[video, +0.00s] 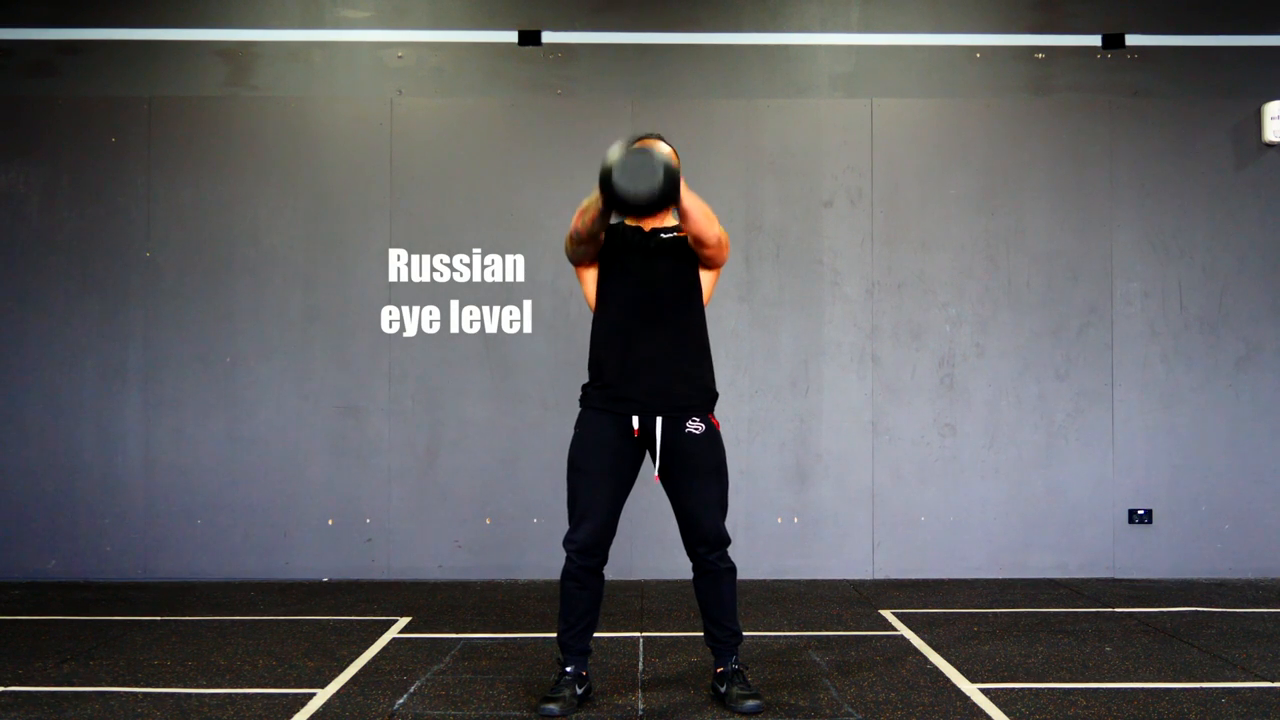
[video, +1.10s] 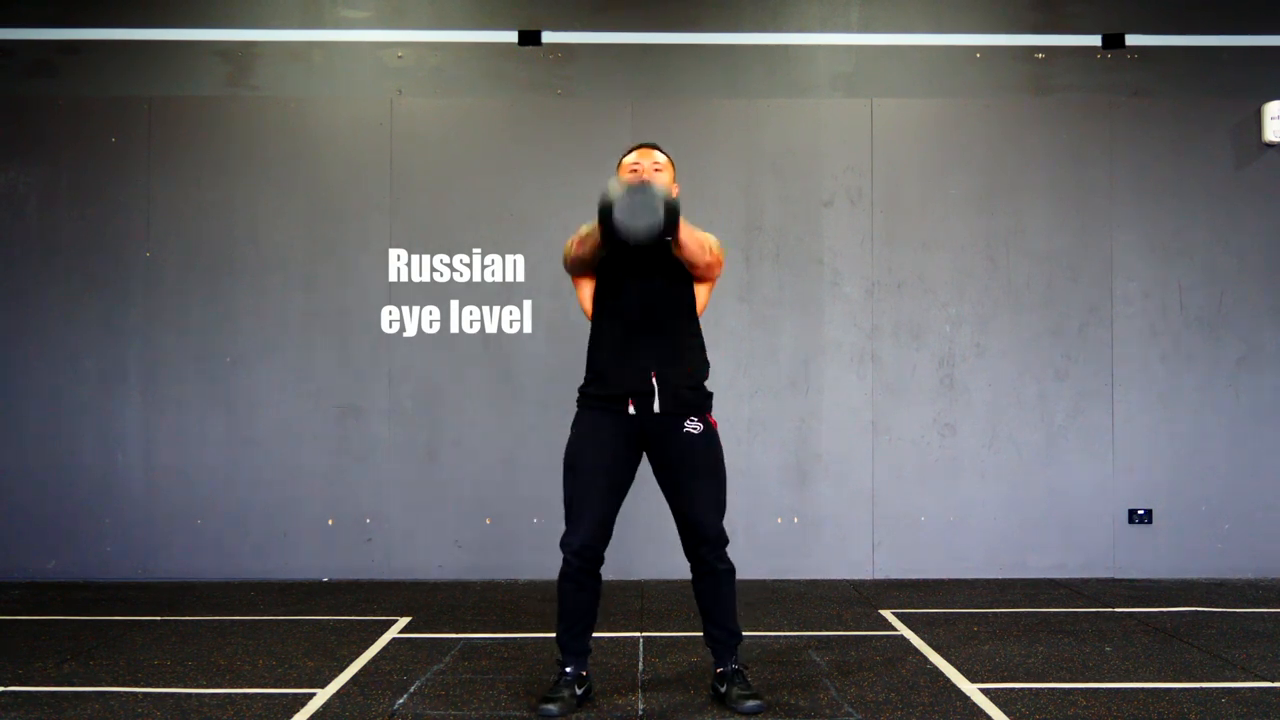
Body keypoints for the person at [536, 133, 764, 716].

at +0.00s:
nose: (650, 185)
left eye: (660, 171)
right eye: (639, 170)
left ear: (674, 185)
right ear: (620, 185)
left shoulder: (702, 247)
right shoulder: (594, 246)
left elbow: (711, 237)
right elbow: (581, 230)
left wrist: (673, 177)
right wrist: (610, 188)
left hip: (687, 413)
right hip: (609, 411)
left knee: (710, 545)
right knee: (584, 544)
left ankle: (729, 670)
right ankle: (572, 672)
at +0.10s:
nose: (647, 166)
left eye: (659, 159)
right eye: (636, 159)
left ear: (676, 179)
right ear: (620, 179)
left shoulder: (701, 240)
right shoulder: (596, 242)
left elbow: (707, 269)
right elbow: (581, 262)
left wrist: (668, 267)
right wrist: (607, 266)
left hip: (687, 415)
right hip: (608, 413)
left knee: (713, 543)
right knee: (581, 544)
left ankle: (729, 670)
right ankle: (571, 672)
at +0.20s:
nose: (646, 167)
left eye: (658, 159)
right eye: (635, 159)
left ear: (676, 179)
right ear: (619, 178)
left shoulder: (705, 249)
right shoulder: (588, 248)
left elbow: (699, 311)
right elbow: (590, 308)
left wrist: (669, 357)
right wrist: (619, 352)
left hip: (685, 413)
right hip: (608, 412)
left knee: (722, 544)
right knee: (572, 545)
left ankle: (730, 670)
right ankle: (571, 672)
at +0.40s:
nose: (645, 204)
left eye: (656, 194)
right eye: (633, 194)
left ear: (675, 207)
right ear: (616, 209)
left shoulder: (707, 288)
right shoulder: (583, 289)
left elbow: (696, 389)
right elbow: (593, 389)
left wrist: (672, 465)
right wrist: (617, 464)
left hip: (686, 440)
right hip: (604, 439)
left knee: (745, 537)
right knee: (548, 541)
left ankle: (733, 670)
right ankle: (569, 674)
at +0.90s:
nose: (642, 190)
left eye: (653, 180)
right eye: (630, 181)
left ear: (671, 192)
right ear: (614, 193)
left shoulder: (704, 263)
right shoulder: (581, 269)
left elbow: (696, 335)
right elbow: (591, 340)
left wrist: (673, 393)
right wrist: (618, 394)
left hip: (686, 426)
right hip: (603, 427)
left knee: (724, 553)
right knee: (571, 552)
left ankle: (730, 673)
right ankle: (572, 674)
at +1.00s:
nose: (644, 182)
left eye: (655, 174)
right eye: (632, 174)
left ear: (672, 190)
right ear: (616, 191)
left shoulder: (699, 251)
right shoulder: (588, 253)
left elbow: (699, 285)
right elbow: (589, 286)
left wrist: (668, 304)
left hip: (683, 415)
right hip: (606, 414)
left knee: (711, 542)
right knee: (580, 544)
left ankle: (728, 670)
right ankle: (572, 672)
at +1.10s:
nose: (643, 169)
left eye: (657, 165)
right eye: (631, 165)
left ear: (676, 188)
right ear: (615, 187)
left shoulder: (700, 251)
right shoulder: (591, 249)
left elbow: (707, 261)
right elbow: (576, 253)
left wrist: (664, 219)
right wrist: (613, 222)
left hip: (683, 415)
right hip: (606, 413)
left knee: (708, 544)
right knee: (581, 545)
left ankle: (729, 670)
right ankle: (572, 672)